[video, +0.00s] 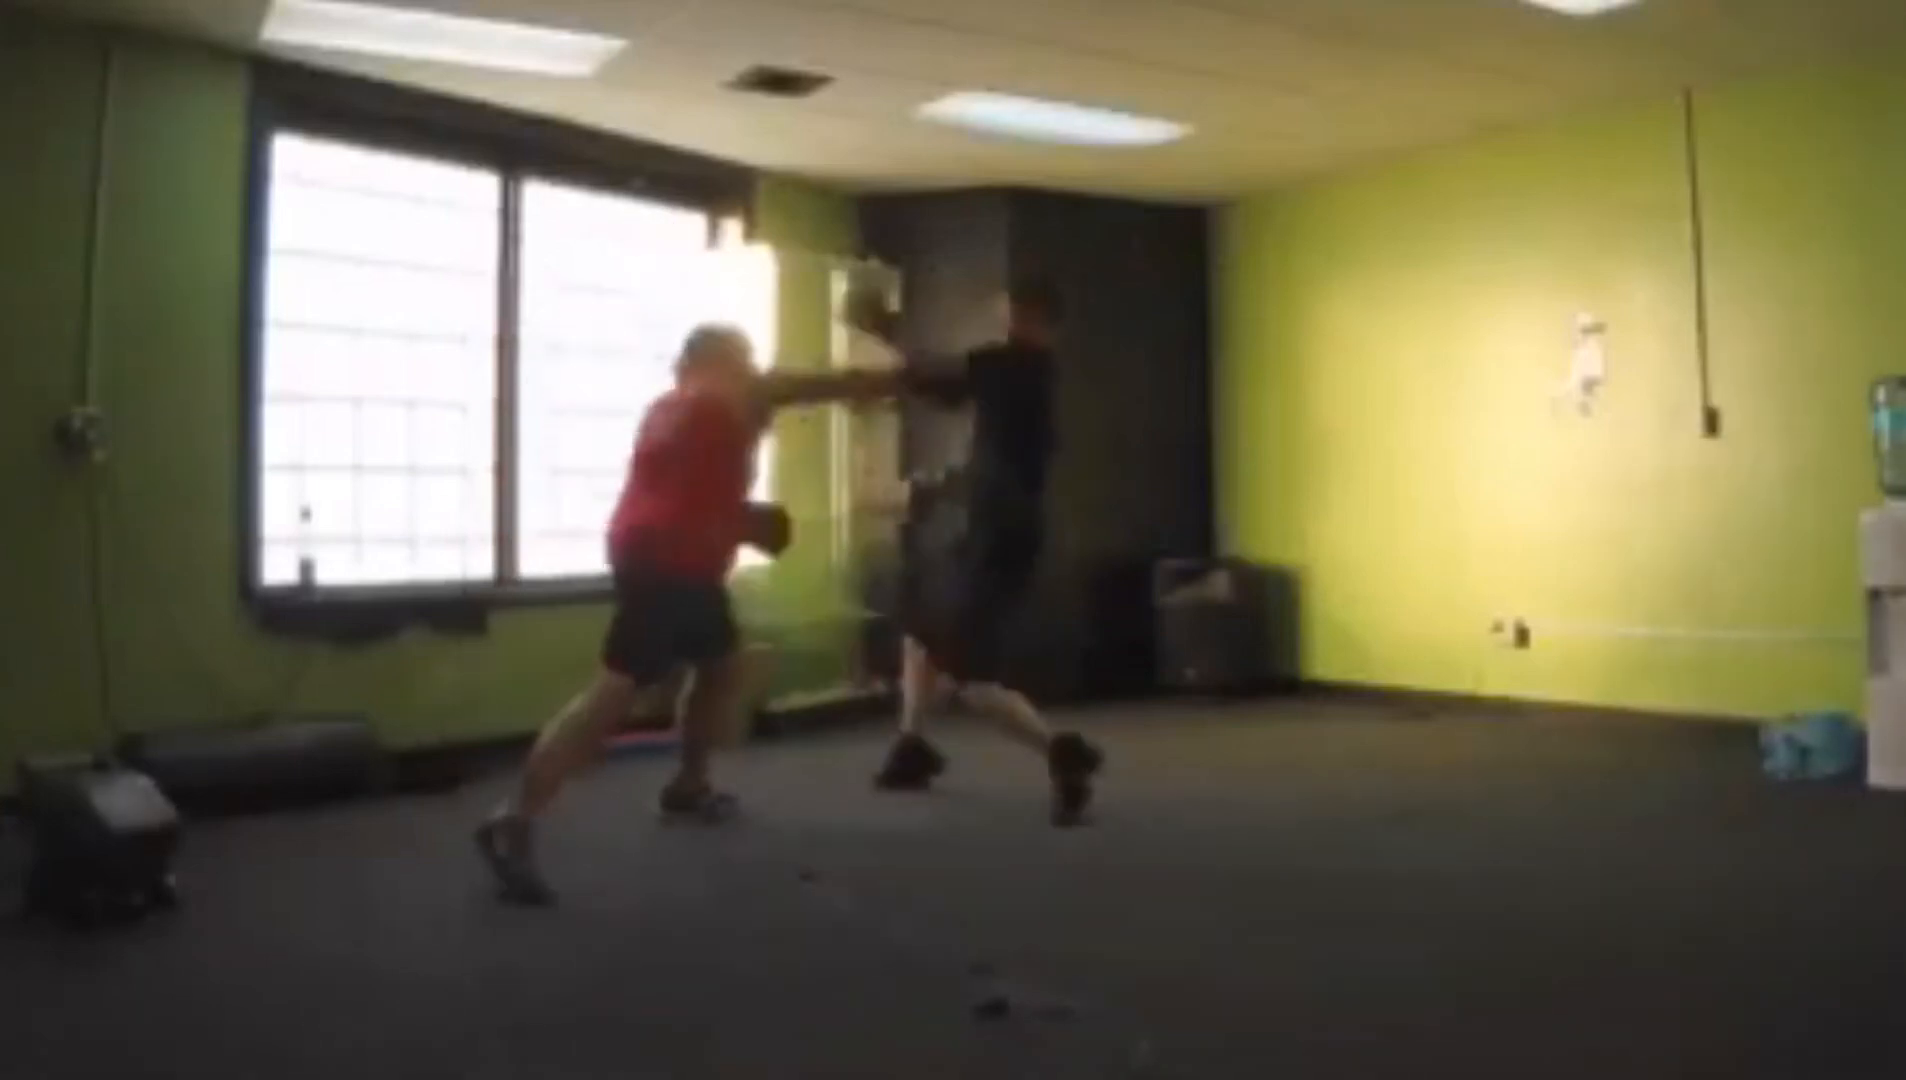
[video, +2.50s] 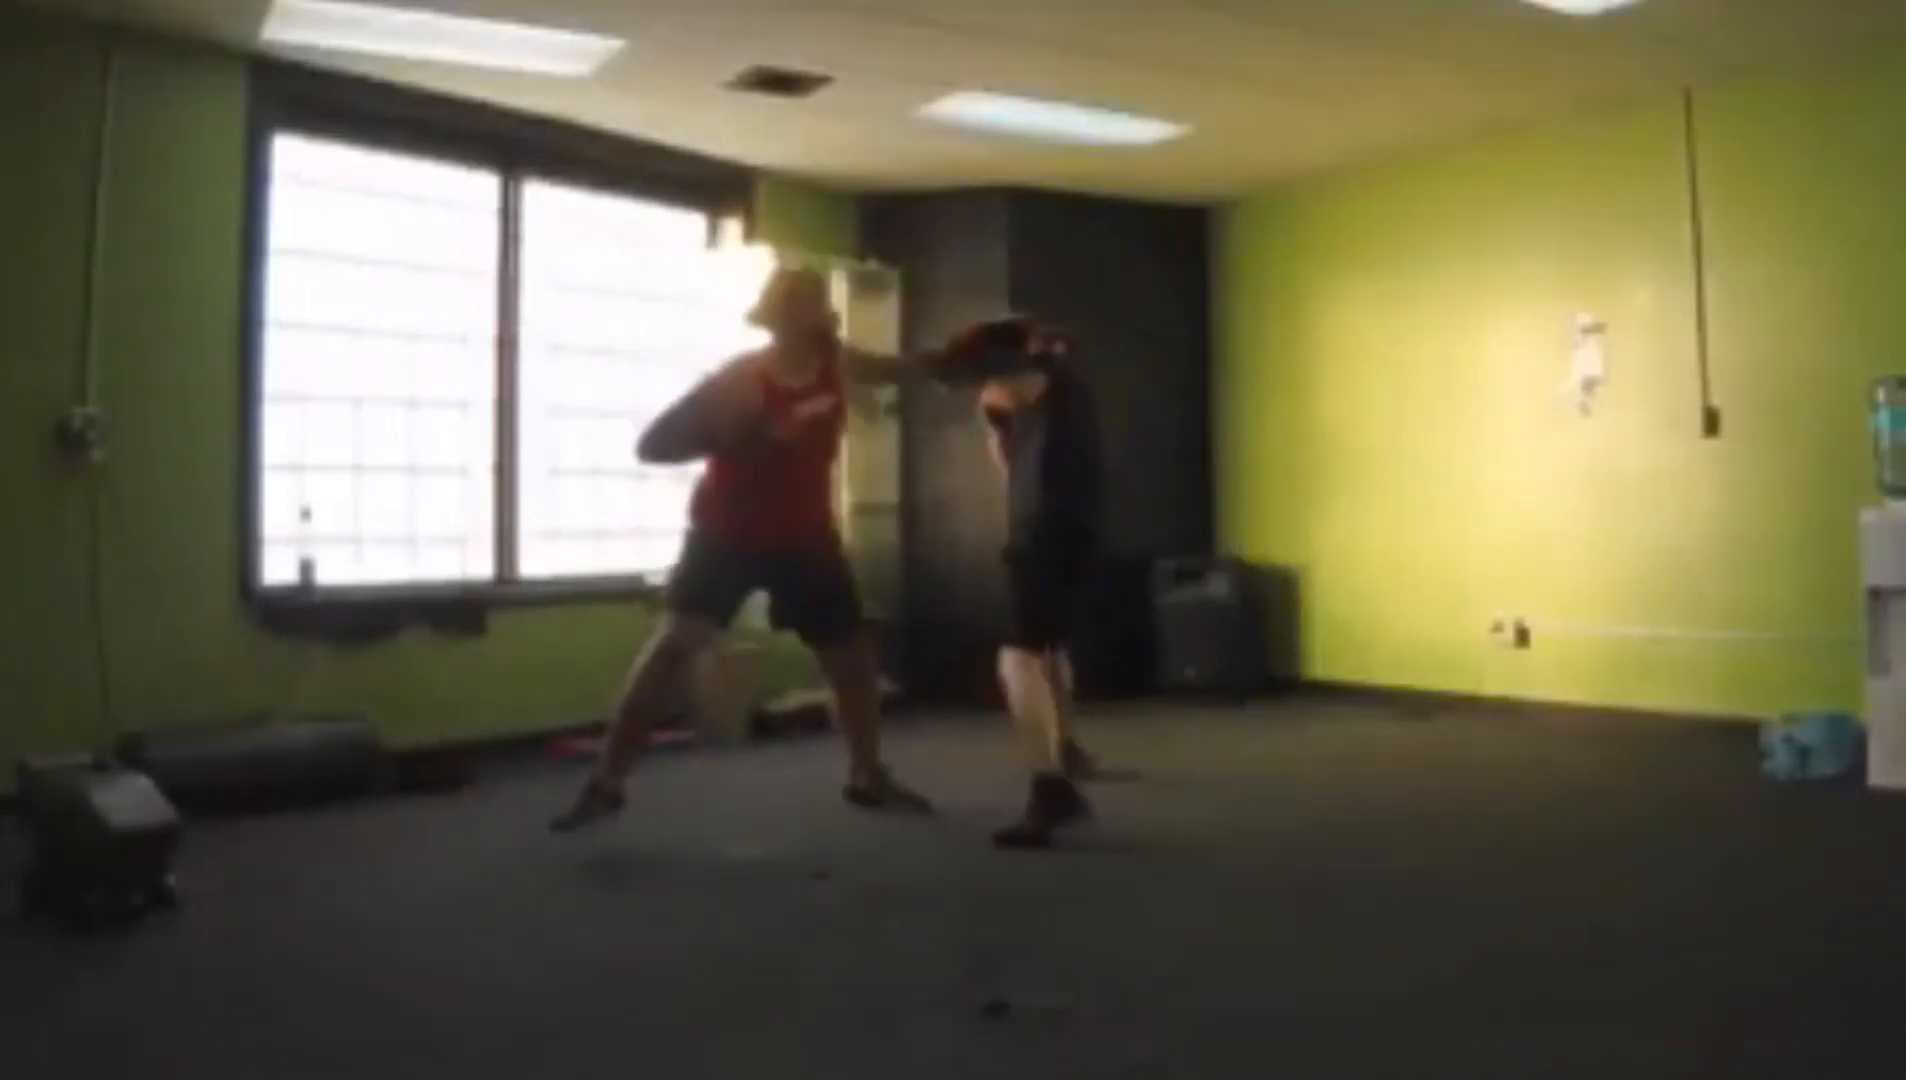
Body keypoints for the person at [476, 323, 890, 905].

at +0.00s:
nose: (752, 369)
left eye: (747, 360)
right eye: (744, 360)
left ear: (691, 364)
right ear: (725, 361)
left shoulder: (669, 408)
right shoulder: (742, 392)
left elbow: (676, 497)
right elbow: (833, 385)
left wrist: (750, 522)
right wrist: (906, 379)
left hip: (648, 554)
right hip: (675, 560)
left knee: (722, 664)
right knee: (618, 693)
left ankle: (691, 786)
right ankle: (514, 823)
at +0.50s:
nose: (732, 312)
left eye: (732, 297)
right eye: (716, 303)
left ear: (740, 302)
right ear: (695, 316)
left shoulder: (781, 356)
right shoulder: (696, 396)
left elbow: (856, 340)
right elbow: (750, 466)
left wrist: (925, 315)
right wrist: (818, 426)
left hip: (814, 546)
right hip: (767, 558)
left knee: (819, 681)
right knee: (861, 676)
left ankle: (743, 774)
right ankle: (834, 842)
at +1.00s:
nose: (700, 310)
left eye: (707, 293)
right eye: (687, 298)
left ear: (723, 295)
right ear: (667, 307)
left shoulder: (766, 366)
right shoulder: (651, 383)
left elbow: (826, 426)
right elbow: (618, 488)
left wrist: (806, 397)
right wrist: (660, 451)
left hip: (770, 554)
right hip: (686, 562)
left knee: (813, 688)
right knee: (671, 689)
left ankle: (783, 816)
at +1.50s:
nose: (676, 332)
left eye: (685, 317)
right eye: (663, 319)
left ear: (701, 325)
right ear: (643, 328)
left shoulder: (729, 402)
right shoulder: (616, 392)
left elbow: (786, 489)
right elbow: (576, 474)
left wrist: (731, 451)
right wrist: (638, 458)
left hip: (722, 568)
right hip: (629, 571)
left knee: (809, 684)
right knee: (565, 691)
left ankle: (845, 812)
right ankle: (528, 835)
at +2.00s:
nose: (866, 333)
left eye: (867, 318)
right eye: (859, 318)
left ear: (821, 317)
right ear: (829, 316)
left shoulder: (803, 368)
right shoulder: (790, 358)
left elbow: (786, 461)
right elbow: (809, 439)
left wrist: (821, 511)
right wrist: (865, 482)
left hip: (781, 540)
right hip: (712, 538)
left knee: (835, 671)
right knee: (655, 669)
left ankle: (844, 812)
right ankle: (585, 767)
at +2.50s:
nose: (816, 320)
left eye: (819, 307)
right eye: (803, 308)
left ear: (827, 314)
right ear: (777, 318)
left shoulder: (835, 366)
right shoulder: (742, 380)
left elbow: (895, 371)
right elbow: (654, 445)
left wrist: (948, 363)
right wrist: (732, 437)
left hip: (806, 540)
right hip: (726, 540)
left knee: (850, 654)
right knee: (673, 649)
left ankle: (867, 778)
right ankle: (607, 781)